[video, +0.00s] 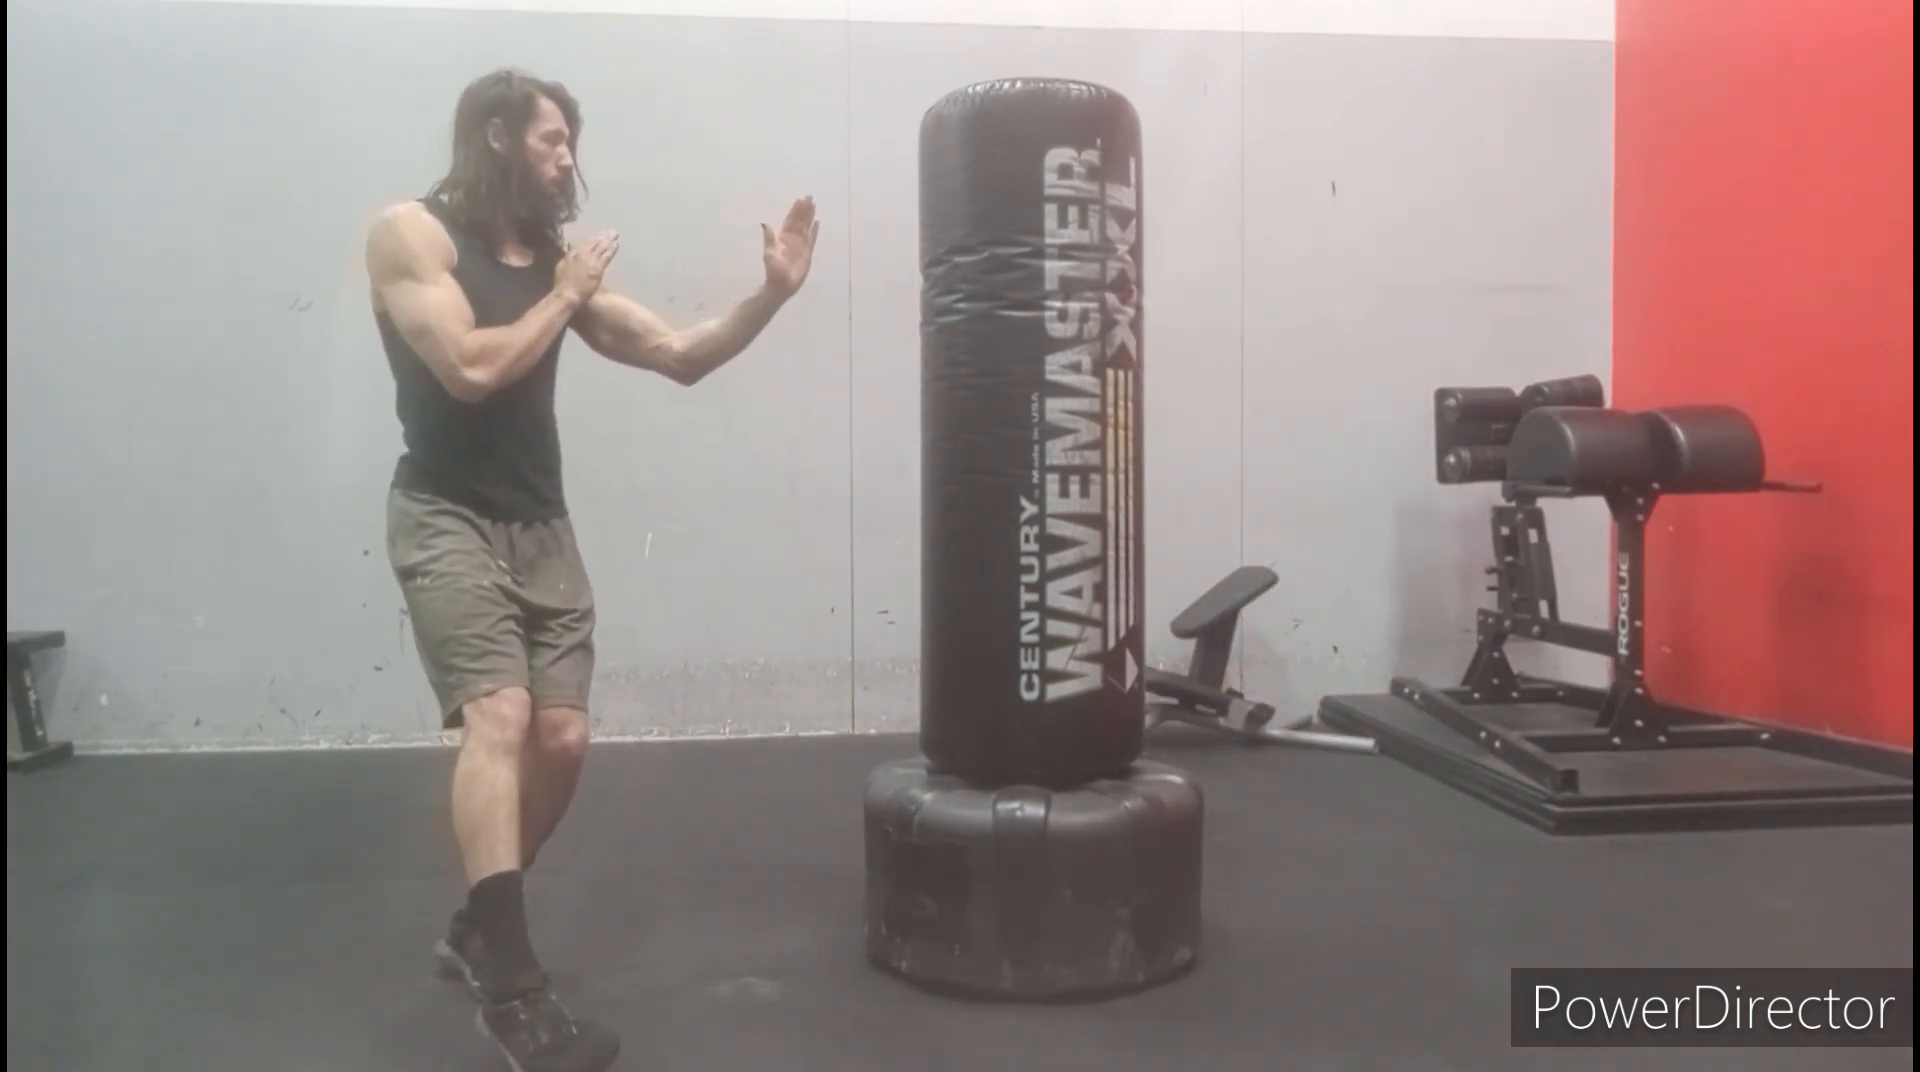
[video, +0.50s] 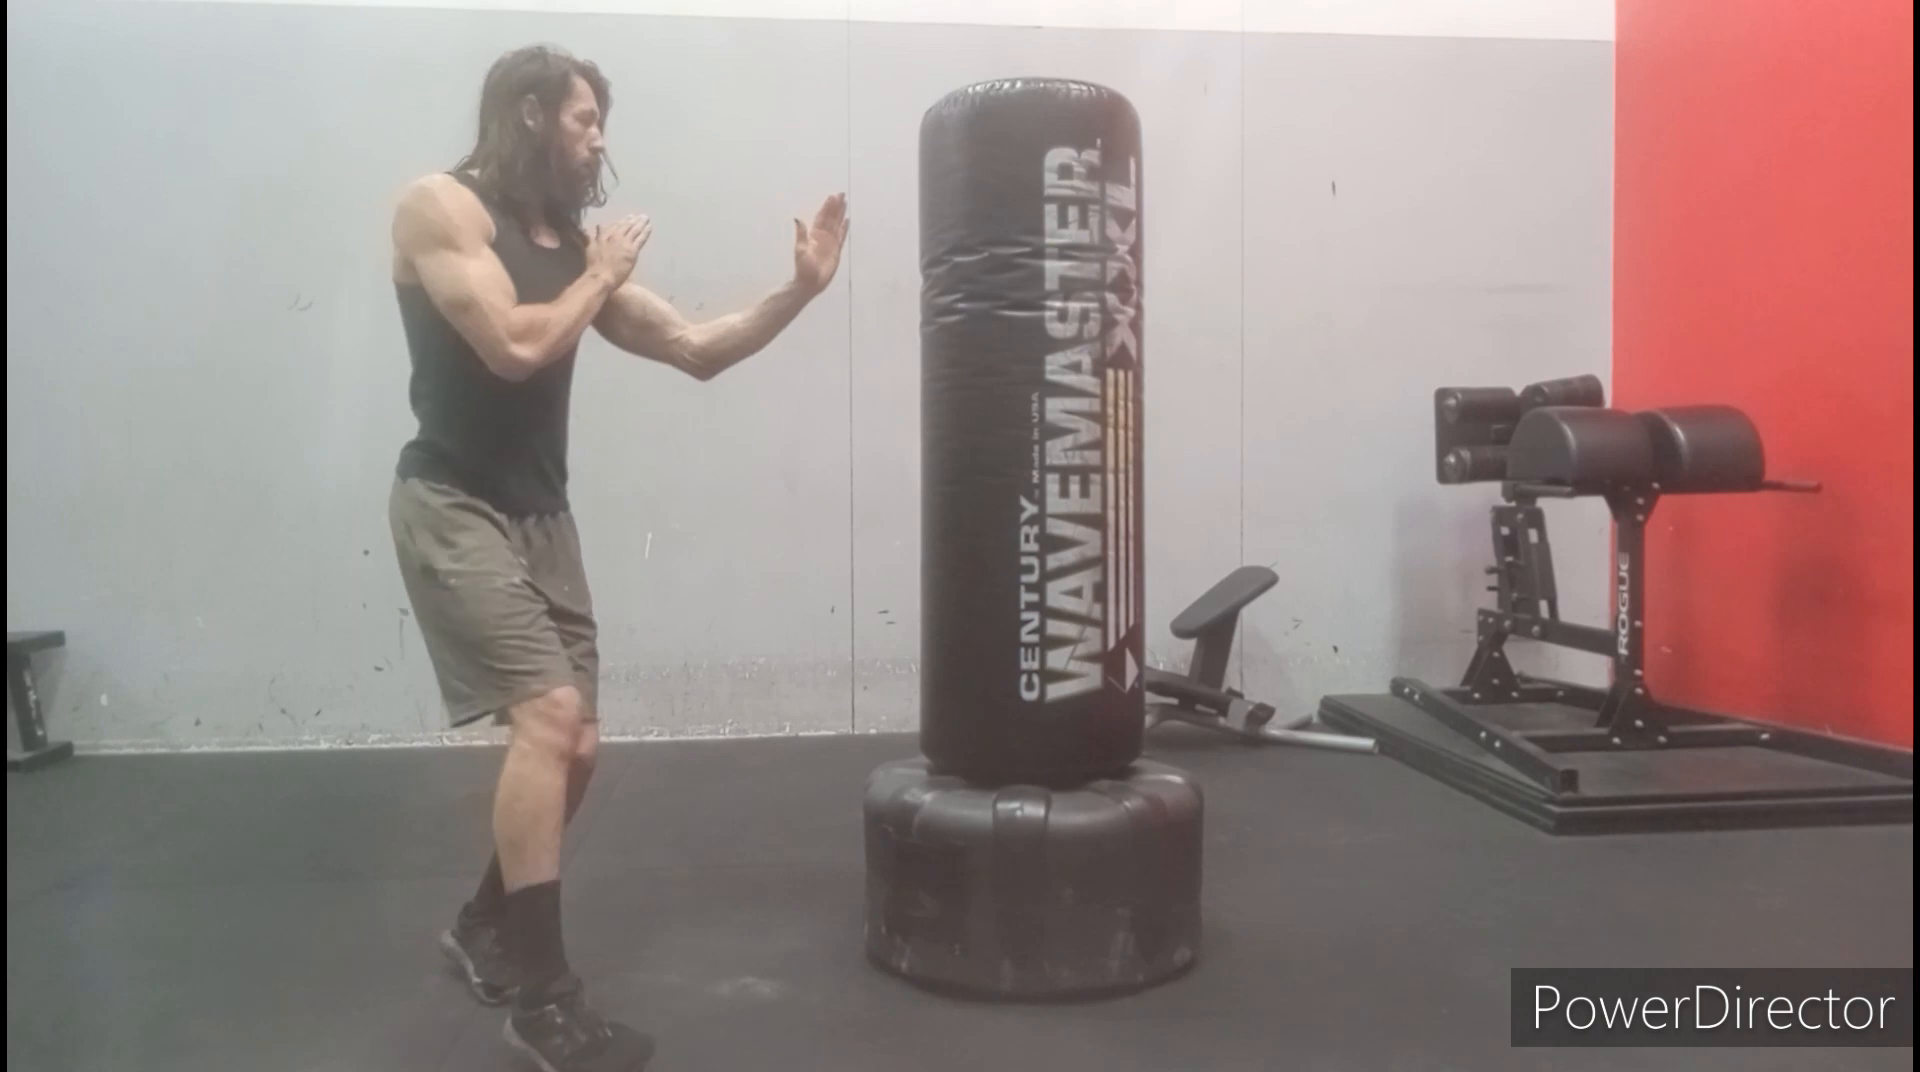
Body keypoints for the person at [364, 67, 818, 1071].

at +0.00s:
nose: (571, 160)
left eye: (571, 143)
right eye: (555, 141)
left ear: (532, 152)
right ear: (497, 143)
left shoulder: (550, 267)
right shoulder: (406, 234)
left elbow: (681, 354)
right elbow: (471, 370)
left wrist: (771, 292)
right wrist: (565, 293)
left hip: (539, 522)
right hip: (444, 515)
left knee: (561, 741)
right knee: (497, 716)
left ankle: (477, 923)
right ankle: (514, 979)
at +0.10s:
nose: (578, 157)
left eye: (579, 140)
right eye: (563, 137)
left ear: (537, 149)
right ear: (504, 139)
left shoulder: (554, 265)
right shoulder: (411, 228)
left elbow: (685, 354)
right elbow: (477, 363)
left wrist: (777, 290)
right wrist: (572, 288)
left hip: (539, 521)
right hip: (444, 513)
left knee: (562, 741)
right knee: (501, 713)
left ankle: (478, 922)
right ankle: (510, 979)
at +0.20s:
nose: (584, 153)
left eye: (585, 136)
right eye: (569, 134)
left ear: (542, 144)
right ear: (510, 135)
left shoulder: (556, 260)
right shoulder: (418, 222)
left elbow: (686, 353)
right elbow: (484, 357)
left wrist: (781, 290)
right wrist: (577, 284)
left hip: (537, 516)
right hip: (445, 507)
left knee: (567, 740)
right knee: (508, 710)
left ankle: (481, 924)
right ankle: (509, 974)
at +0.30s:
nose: (591, 149)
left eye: (592, 131)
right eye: (576, 129)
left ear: (545, 140)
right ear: (518, 131)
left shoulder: (560, 258)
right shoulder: (425, 215)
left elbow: (689, 351)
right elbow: (493, 352)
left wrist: (785, 291)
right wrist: (585, 280)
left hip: (536, 514)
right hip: (446, 503)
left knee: (571, 740)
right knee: (516, 712)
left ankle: (482, 927)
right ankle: (524, 981)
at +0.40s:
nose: (596, 146)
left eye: (597, 128)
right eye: (582, 125)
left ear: (548, 135)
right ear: (523, 126)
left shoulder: (565, 253)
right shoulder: (430, 210)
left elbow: (691, 350)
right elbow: (504, 349)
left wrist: (791, 289)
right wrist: (593, 276)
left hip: (538, 513)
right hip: (448, 505)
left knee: (572, 745)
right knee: (526, 716)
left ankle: (486, 924)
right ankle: (537, 984)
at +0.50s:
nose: (601, 142)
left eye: (602, 124)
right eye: (587, 121)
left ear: (551, 130)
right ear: (527, 121)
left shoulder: (570, 250)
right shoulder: (436, 206)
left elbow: (694, 349)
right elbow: (517, 348)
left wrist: (798, 290)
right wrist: (600, 274)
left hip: (541, 515)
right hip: (451, 507)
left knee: (577, 753)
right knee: (548, 720)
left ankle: (482, 929)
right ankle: (542, 991)